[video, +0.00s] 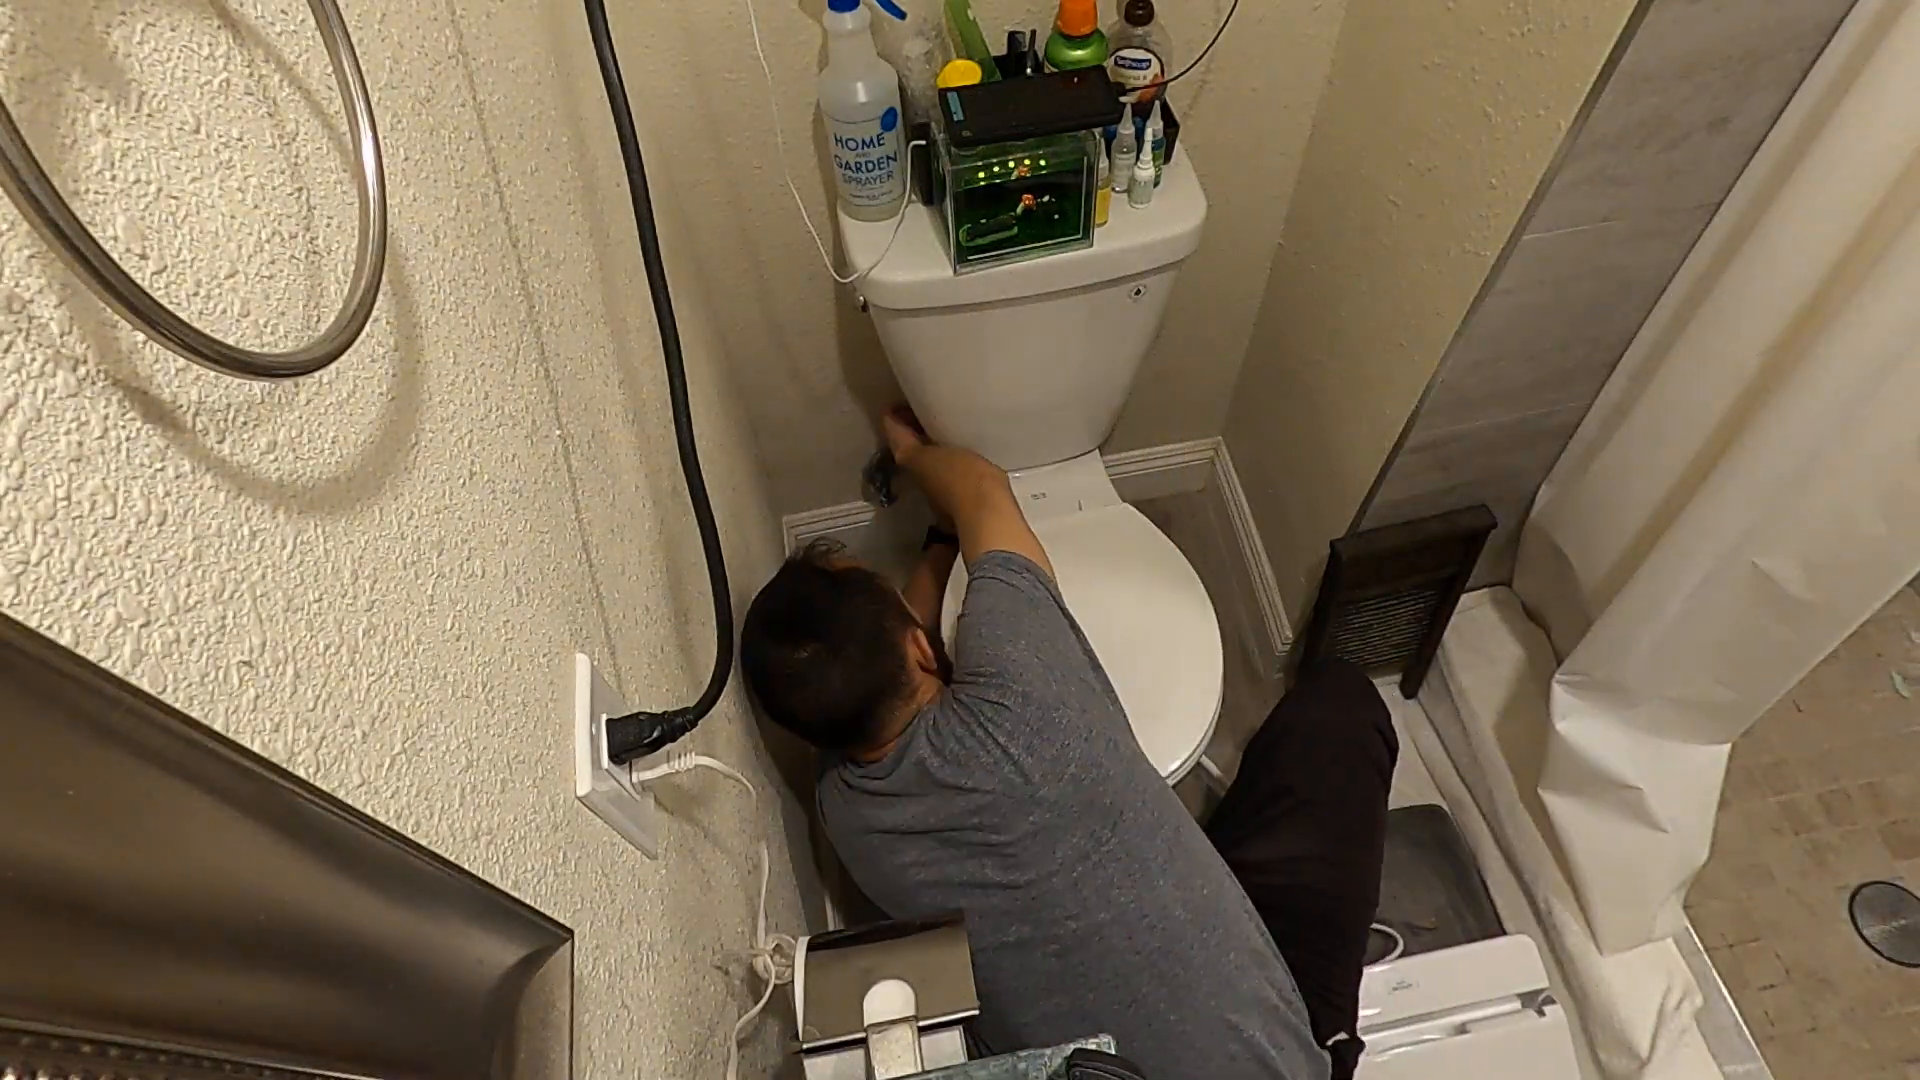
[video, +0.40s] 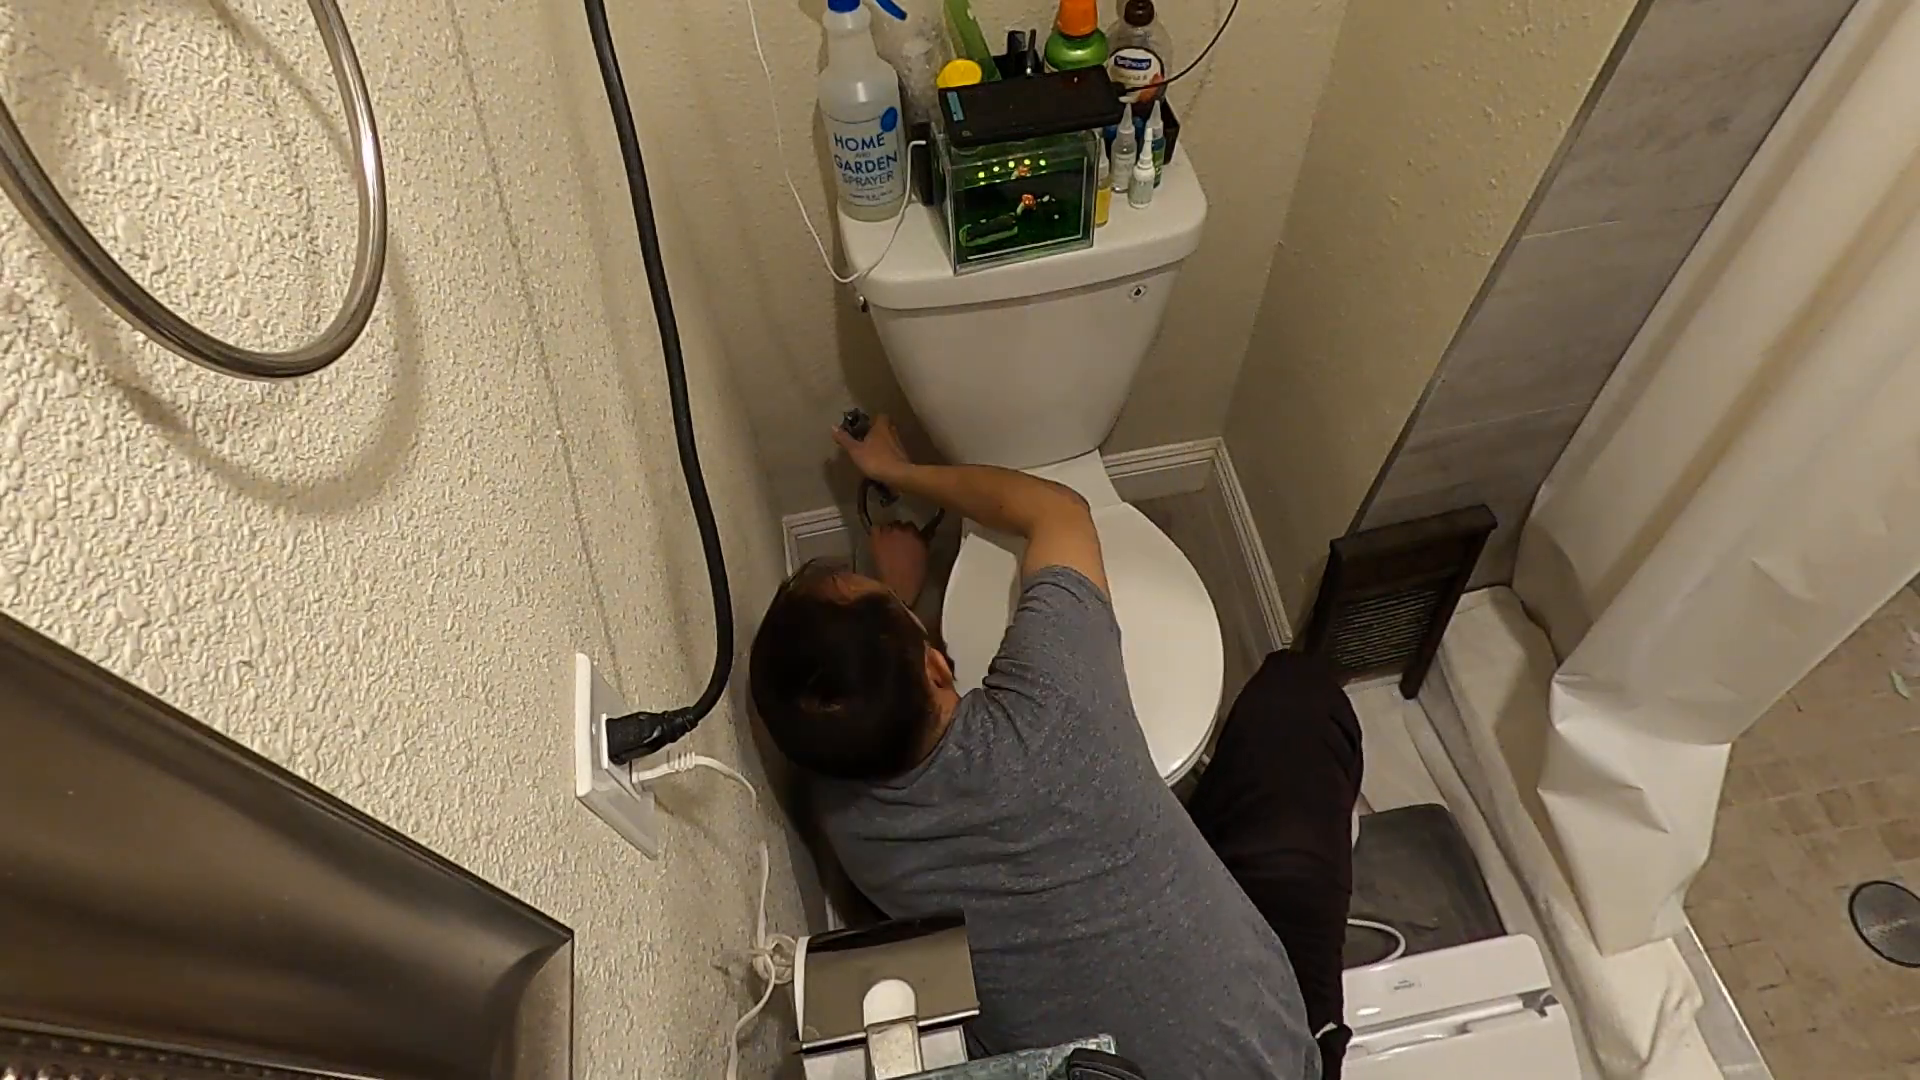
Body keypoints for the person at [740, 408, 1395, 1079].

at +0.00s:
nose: (902, 594)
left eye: (879, 580)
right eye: (885, 587)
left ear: (807, 725)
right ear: (920, 647)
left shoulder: (847, 823)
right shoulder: (1031, 694)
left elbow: (907, 668)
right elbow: (979, 493)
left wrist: (940, 549)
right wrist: (913, 448)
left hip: (1067, 1063)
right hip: (1261, 1047)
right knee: (1336, 695)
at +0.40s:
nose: (873, 581)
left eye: (872, 591)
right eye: (870, 594)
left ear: (809, 735)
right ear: (936, 670)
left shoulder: (852, 830)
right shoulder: (1056, 698)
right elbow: (1055, 511)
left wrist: (891, 602)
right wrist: (903, 473)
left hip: (1064, 1068)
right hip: (1264, 1054)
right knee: (1296, 683)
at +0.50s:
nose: (887, 581)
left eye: (885, 592)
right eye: (890, 601)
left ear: (805, 725)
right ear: (934, 670)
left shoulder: (842, 827)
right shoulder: (1058, 702)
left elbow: (812, 703)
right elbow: (1107, 500)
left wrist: (870, 571)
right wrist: (928, 466)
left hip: (1056, 1065)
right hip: (1256, 1050)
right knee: (1281, 679)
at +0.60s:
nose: (915, 607)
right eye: (906, 594)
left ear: (798, 693)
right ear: (906, 624)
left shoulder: (821, 809)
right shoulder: (1004, 682)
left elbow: (912, 643)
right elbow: (987, 459)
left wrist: (939, 531)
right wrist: (900, 432)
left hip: (1066, 1070)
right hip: (1256, 1054)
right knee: (1269, 672)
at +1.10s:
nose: (911, 618)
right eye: (906, 605)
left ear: (775, 698)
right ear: (894, 648)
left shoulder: (808, 832)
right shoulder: (965, 675)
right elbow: (969, 478)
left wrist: (900, 602)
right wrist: (902, 443)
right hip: (1259, 1048)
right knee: (1262, 662)